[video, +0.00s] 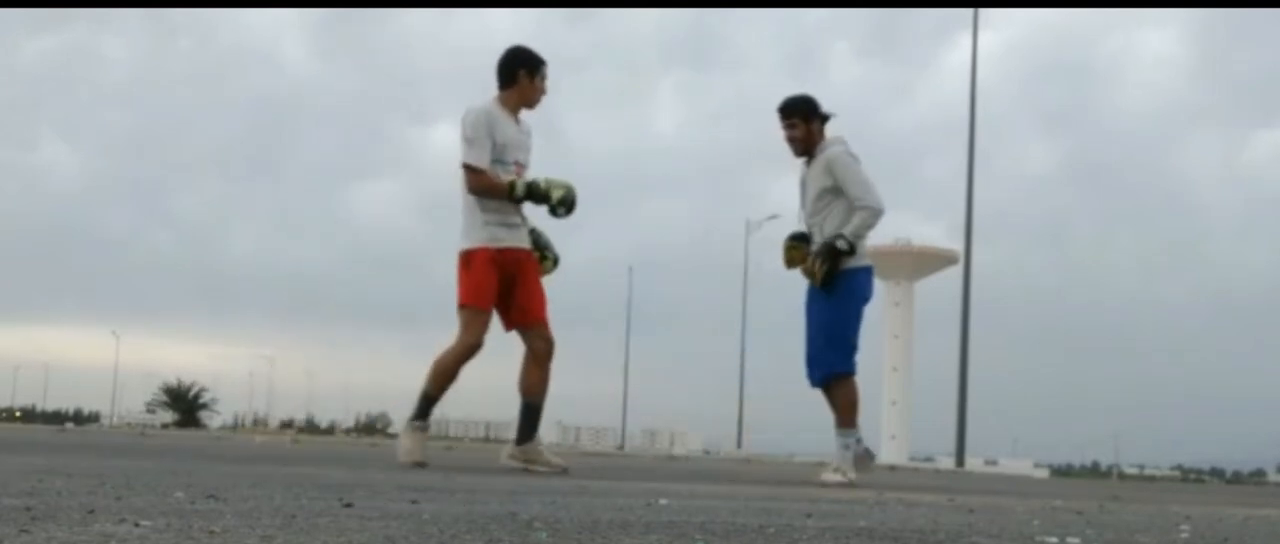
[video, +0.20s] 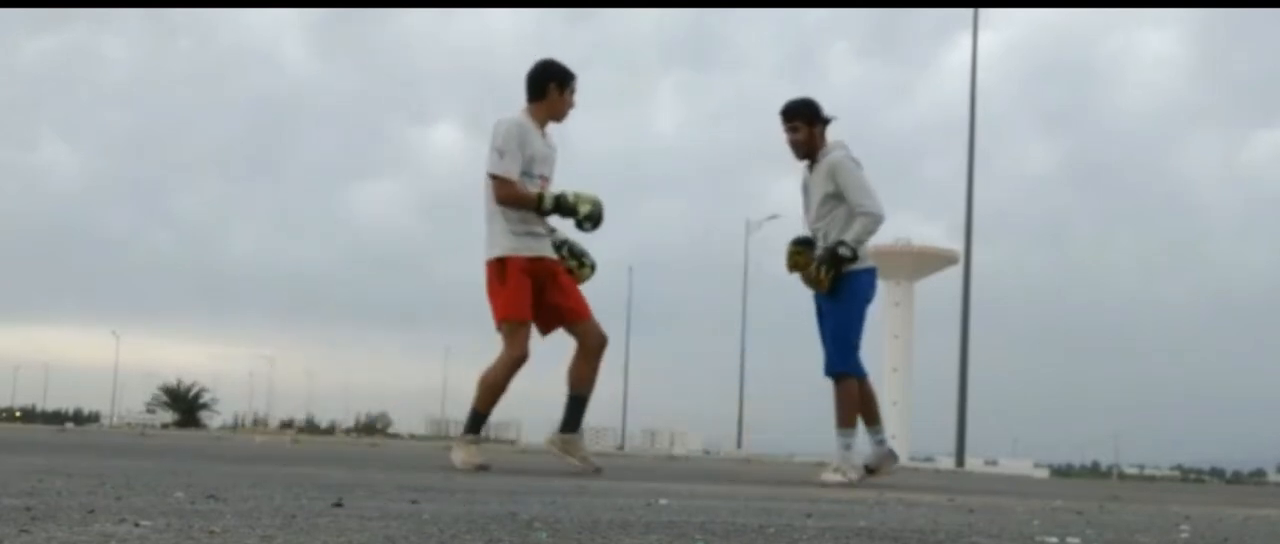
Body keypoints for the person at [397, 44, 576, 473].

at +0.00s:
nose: (544, 89)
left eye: (544, 81)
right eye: (540, 80)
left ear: (522, 80)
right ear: (520, 79)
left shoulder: (523, 131)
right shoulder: (480, 117)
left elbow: (505, 191)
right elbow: (474, 182)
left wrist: (532, 236)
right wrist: (528, 190)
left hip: (517, 247)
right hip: (481, 245)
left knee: (540, 343)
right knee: (470, 339)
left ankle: (526, 443)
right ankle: (416, 426)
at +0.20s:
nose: (573, 104)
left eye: (573, 95)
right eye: (570, 94)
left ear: (550, 92)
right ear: (552, 92)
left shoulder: (546, 146)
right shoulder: (510, 130)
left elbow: (532, 207)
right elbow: (504, 193)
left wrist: (561, 247)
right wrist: (558, 203)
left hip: (543, 256)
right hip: (509, 255)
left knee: (593, 339)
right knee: (516, 350)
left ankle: (569, 434)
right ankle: (468, 439)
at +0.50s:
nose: (615, 118)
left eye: (616, 110)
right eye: (613, 109)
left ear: (592, 107)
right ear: (597, 106)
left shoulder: (585, 153)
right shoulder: (564, 144)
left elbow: (577, 220)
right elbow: (559, 212)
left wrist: (607, 265)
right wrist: (611, 235)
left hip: (587, 272)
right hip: (558, 268)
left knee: (629, 353)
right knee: (556, 360)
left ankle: (616, 450)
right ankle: (480, 433)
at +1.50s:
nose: (644, 117)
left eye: (644, 110)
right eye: (644, 109)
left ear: (607, 106)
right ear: (637, 107)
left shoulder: (587, 145)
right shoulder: (615, 139)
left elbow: (564, 208)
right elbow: (605, 194)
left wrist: (578, 251)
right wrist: (634, 229)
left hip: (585, 263)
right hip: (594, 264)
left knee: (627, 354)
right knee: (593, 353)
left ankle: (606, 445)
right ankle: (532, 442)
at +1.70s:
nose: (657, 110)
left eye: (655, 103)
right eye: (658, 103)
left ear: (622, 99)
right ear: (653, 102)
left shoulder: (602, 139)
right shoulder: (636, 136)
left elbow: (579, 201)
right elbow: (623, 193)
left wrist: (591, 242)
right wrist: (653, 225)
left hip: (595, 256)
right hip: (615, 256)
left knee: (626, 349)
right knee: (622, 347)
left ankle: (603, 442)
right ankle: (562, 427)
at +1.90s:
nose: (673, 128)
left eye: (670, 122)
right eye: (673, 122)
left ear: (638, 117)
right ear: (669, 121)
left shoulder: (612, 155)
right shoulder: (659, 150)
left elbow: (590, 215)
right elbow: (653, 209)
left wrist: (633, 232)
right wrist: (674, 242)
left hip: (596, 268)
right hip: (624, 269)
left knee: (627, 355)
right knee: (639, 357)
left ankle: (607, 444)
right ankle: (605, 445)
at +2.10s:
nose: (677, 141)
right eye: (679, 136)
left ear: (644, 132)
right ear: (677, 136)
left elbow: (597, 225)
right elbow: (678, 227)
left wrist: (600, 265)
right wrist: (694, 266)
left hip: (603, 272)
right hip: (639, 274)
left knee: (624, 360)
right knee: (640, 358)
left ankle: (619, 442)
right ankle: (607, 441)